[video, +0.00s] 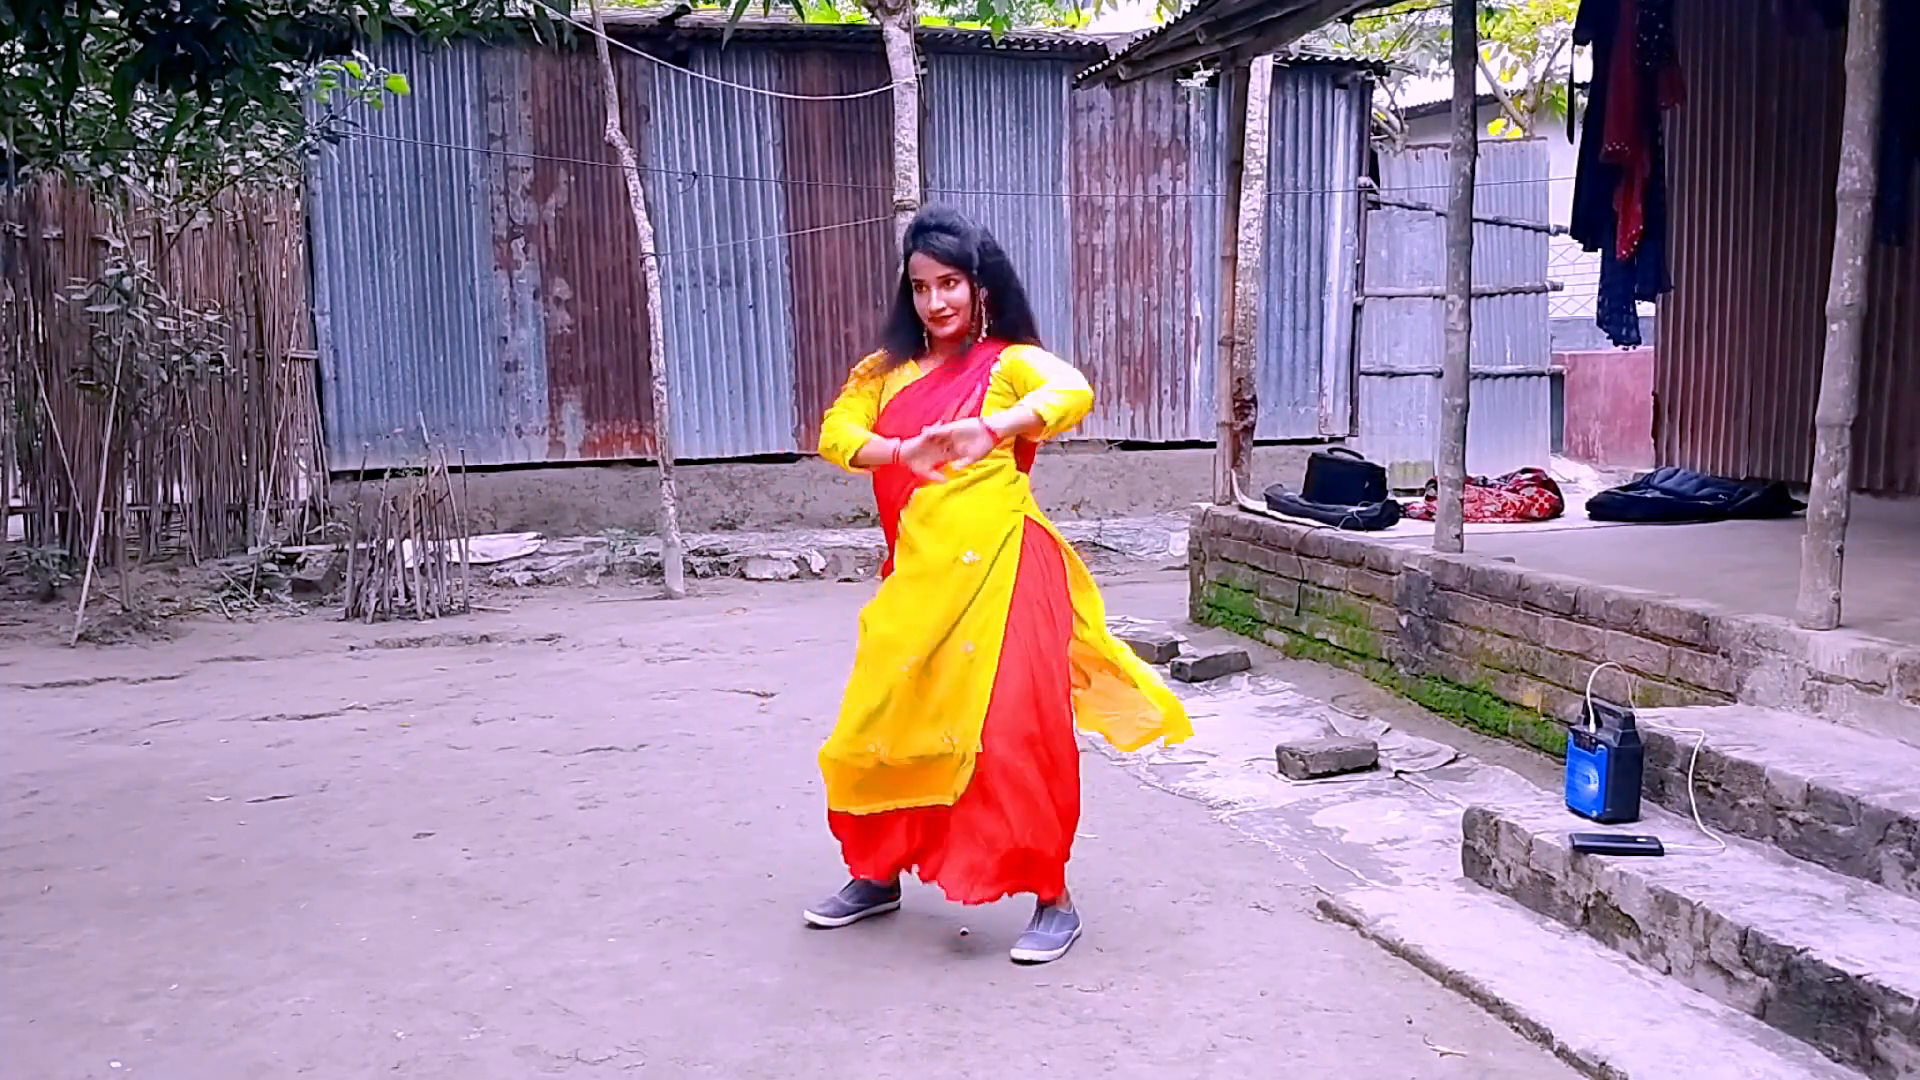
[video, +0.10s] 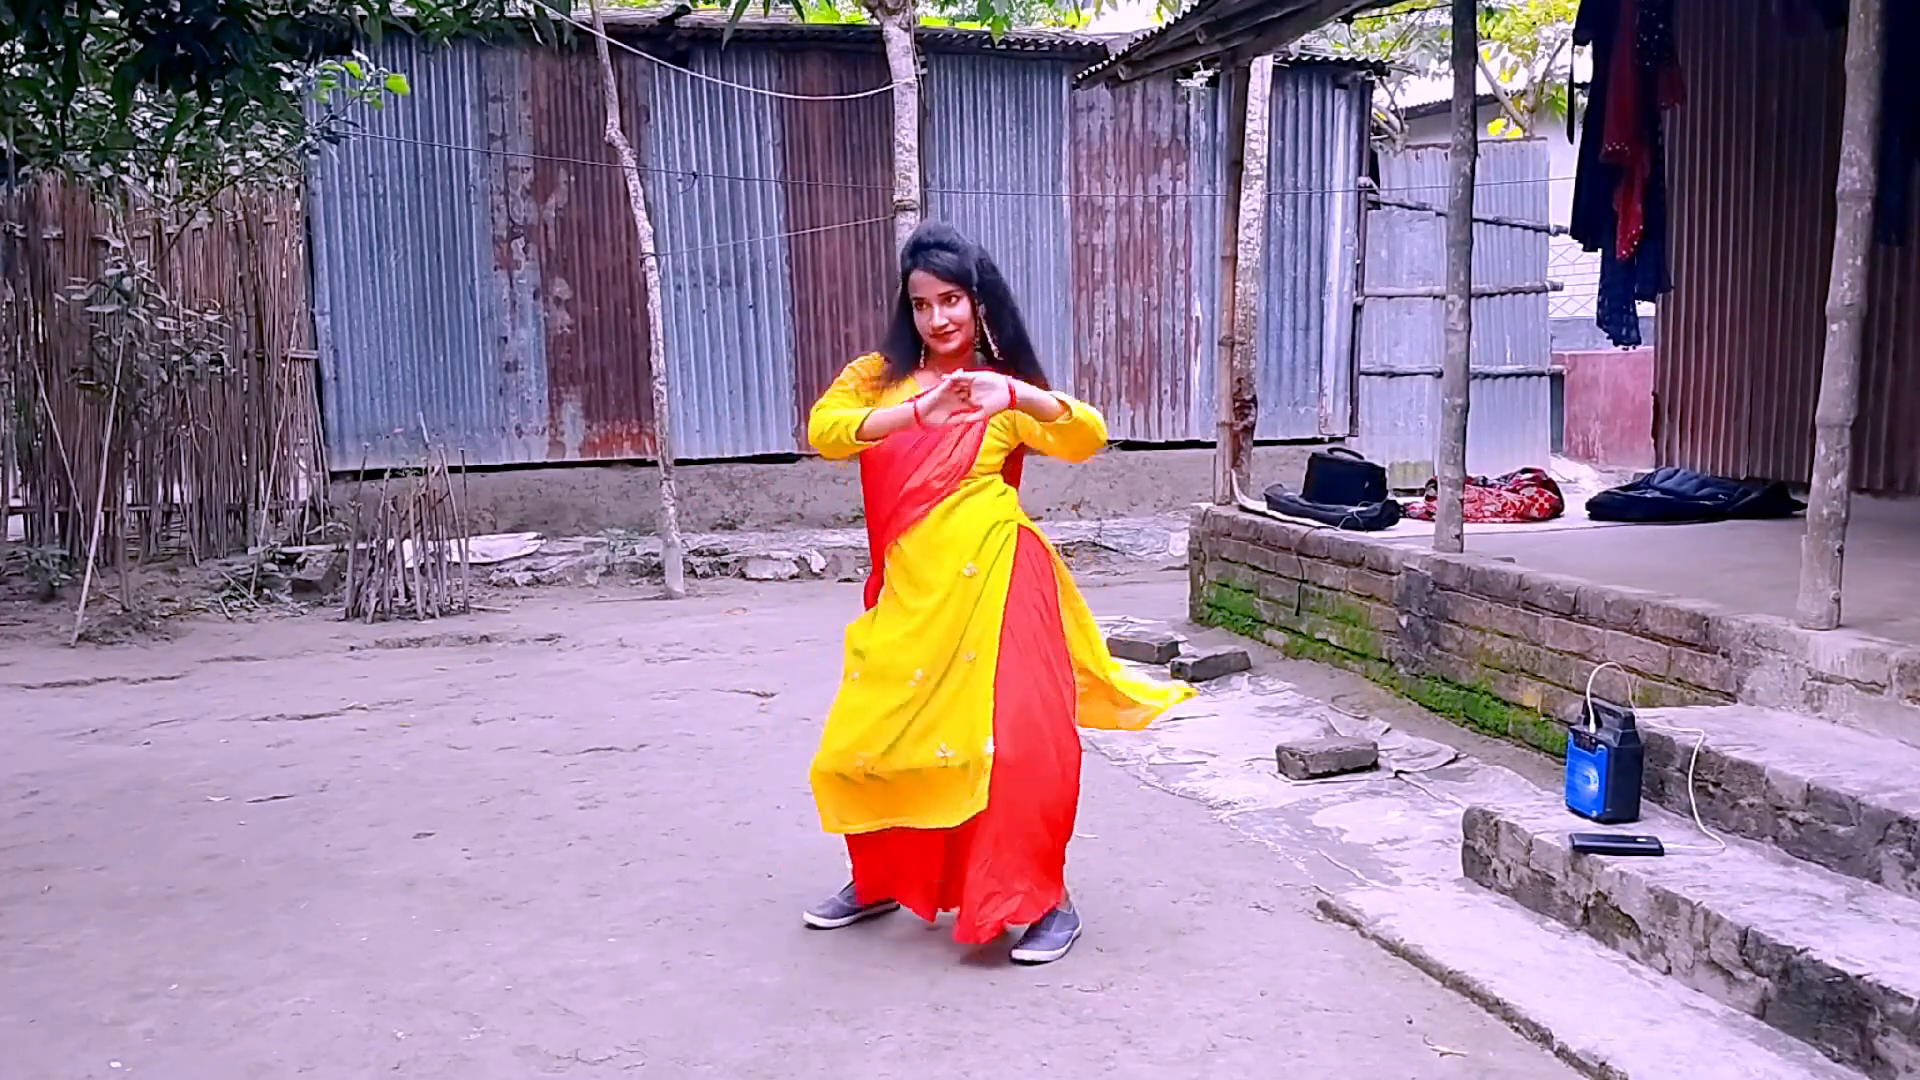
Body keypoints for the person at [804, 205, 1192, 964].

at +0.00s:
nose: (934, 301)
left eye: (949, 285)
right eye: (921, 287)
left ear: (981, 287)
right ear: (908, 292)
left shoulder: (1009, 360)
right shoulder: (885, 372)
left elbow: (1073, 392)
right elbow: (834, 436)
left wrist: (994, 426)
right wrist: (901, 450)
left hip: (1008, 568)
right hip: (917, 576)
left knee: (1020, 726)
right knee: (877, 717)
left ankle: (1053, 902)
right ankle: (876, 877)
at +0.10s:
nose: (937, 319)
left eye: (950, 302)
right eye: (922, 305)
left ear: (979, 302)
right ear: (908, 310)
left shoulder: (1005, 391)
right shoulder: (878, 377)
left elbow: (1088, 438)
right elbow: (824, 432)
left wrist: (1018, 394)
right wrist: (915, 411)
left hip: (997, 578)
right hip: (905, 586)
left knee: (1021, 734)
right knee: (871, 729)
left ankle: (1048, 901)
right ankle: (876, 876)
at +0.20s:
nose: (930, 300)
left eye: (943, 282)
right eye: (914, 288)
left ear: (973, 282)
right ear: (899, 294)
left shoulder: (1009, 376)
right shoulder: (874, 362)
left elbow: (1065, 450)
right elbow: (815, 429)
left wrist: (994, 449)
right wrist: (899, 446)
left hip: (974, 577)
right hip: (877, 576)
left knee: (1004, 733)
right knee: (860, 724)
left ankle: (1042, 900)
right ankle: (874, 872)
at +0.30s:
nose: (925, 294)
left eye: (936, 275)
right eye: (908, 282)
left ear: (964, 275)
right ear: (893, 290)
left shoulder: (1014, 362)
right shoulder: (875, 356)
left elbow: (1028, 447)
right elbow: (823, 429)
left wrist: (972, 515)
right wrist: (852, 506)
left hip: (947, 575)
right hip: (858, 571)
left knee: (973, 730)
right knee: (851, 721)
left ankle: (1042, 899)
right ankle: (870, 876)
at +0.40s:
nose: (921, 293)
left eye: (932, 274)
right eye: (903, 282)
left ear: (961, 273)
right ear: (889, 289)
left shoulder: (1000, 368)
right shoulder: (864, 352)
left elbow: (1045, 433)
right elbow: (820, 427)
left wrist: (997, 471)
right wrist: (878, 492)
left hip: (959, 569)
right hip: (866, 569)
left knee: (961, 730)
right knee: (841, 717)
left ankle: (1047, 897)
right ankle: (868, 881)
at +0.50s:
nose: (920, 309)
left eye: (932, 290)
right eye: (902, 297)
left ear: (956, 289)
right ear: (885, 301)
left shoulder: (975, 379)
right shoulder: (855, 351)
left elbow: (1057, 430)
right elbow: (812, 430)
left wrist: (1006, 432)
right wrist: (901, 461)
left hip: (962, 565)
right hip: (874, 570)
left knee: (979, 730)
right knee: (850, 721)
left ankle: (1049, 902)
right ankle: (855, 884)